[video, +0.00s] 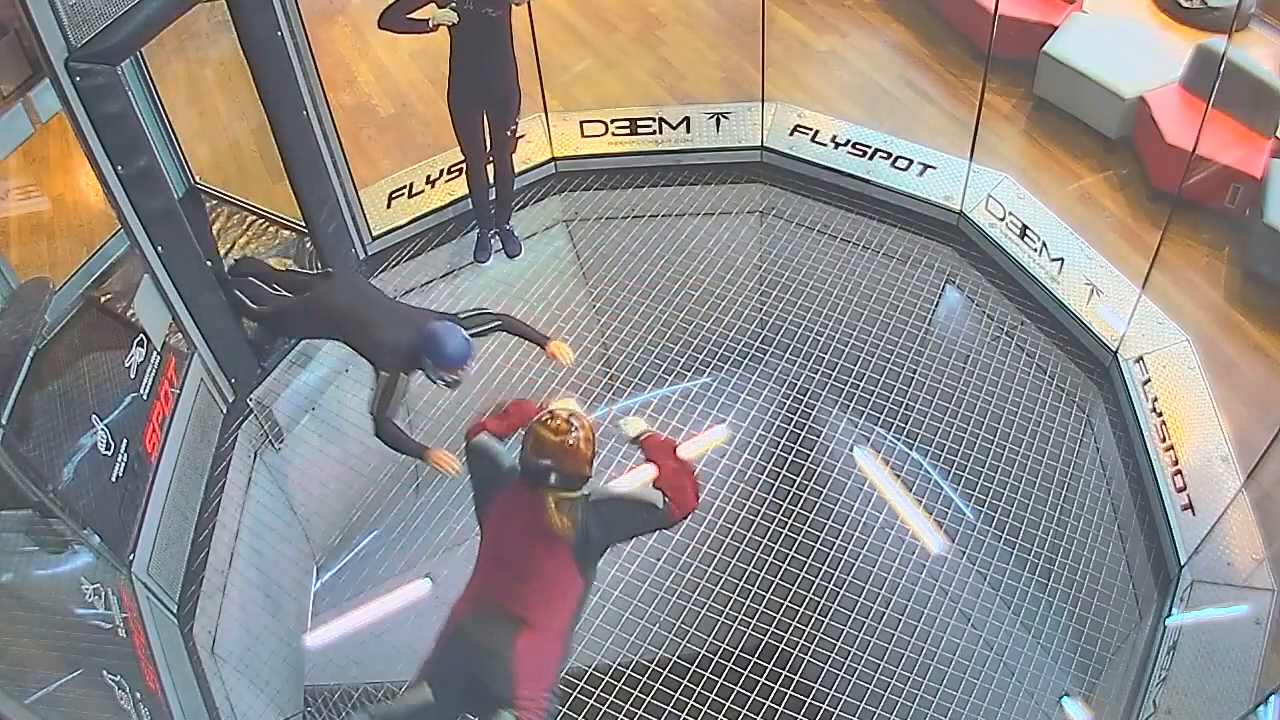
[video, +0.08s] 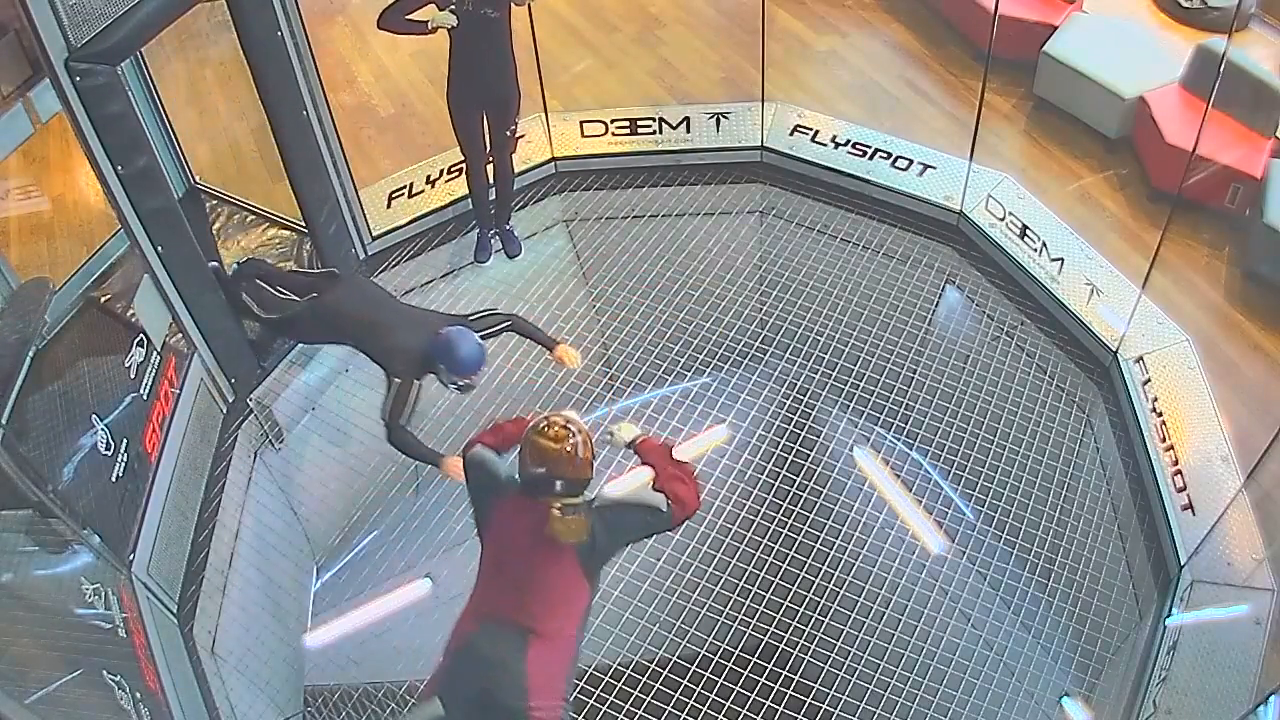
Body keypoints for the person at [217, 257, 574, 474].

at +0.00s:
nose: (455, 380)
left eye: (459, 374)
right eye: (451, 378)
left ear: (458, 344)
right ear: (430, 367)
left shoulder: (444, 325)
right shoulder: (395, 363)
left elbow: (498, 317)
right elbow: (382, 425)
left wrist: (546, 342)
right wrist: (424, 453)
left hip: (351, 283)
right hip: (325, 310)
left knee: (286, 277)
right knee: (263, 313)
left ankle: (228, 266)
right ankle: (221, 284)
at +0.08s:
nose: (467, 386)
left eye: (472, 379)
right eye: (462, 382)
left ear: (468, 347)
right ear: (443, 373)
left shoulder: (457, 327)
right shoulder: (405, 372)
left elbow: (508, 316)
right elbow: (396, 433)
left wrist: (554, 345)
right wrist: (441, 462)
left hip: (360, 284)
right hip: (335, 315)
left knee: (292, 280)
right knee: (276, 317)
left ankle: (244, 266)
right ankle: (229, 284)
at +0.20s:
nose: (480, 382)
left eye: (485, 375)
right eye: (477, 379)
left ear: (475, 331)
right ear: (458, 370)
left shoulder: (467, 322)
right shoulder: (421, 377)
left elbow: (520, 313)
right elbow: (413, 438)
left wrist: (562, 341)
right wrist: (463, 463)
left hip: (366, 286)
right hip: (339, 321)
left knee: (293, 269)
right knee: (260, 307)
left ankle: (241, 264)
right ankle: (224, 281)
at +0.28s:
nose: (489, 376)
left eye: (493, 369)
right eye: (486, 373)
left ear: (477, 327)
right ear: (467, 368)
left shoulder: (473, 317)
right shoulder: (431, 376)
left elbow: (526, 307)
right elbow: (420, 433)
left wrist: (563, 335)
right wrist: (468, 461)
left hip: (375, 282)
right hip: (350, 324)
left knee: (306, 259)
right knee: (274, 319)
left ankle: (254, 250)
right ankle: (229, 292)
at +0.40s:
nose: (500, 361)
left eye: (502, 354)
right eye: (496, 359)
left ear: (481, 314)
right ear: (475, 358)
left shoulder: (480, 307)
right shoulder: (440, 368)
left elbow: (538, 301)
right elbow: (431, 427)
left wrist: (573, 334)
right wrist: (481, 444)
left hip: (391, 279)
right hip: (367, 319)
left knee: (344, 263)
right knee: (313, 320)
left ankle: (269, 242)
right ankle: (251, 300)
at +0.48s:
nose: (507, 358)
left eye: (509, 350)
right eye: (500, 355)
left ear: (507, 322)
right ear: (476, 349)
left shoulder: (491, 304)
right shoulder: (445, 360)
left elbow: (544, 297)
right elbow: (440, 421)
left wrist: (579, 332)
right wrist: (492, 435)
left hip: (400, 275)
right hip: (370, 312)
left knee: (360, 257)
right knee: (313, 309)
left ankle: (274, 237)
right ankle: (249, 290)